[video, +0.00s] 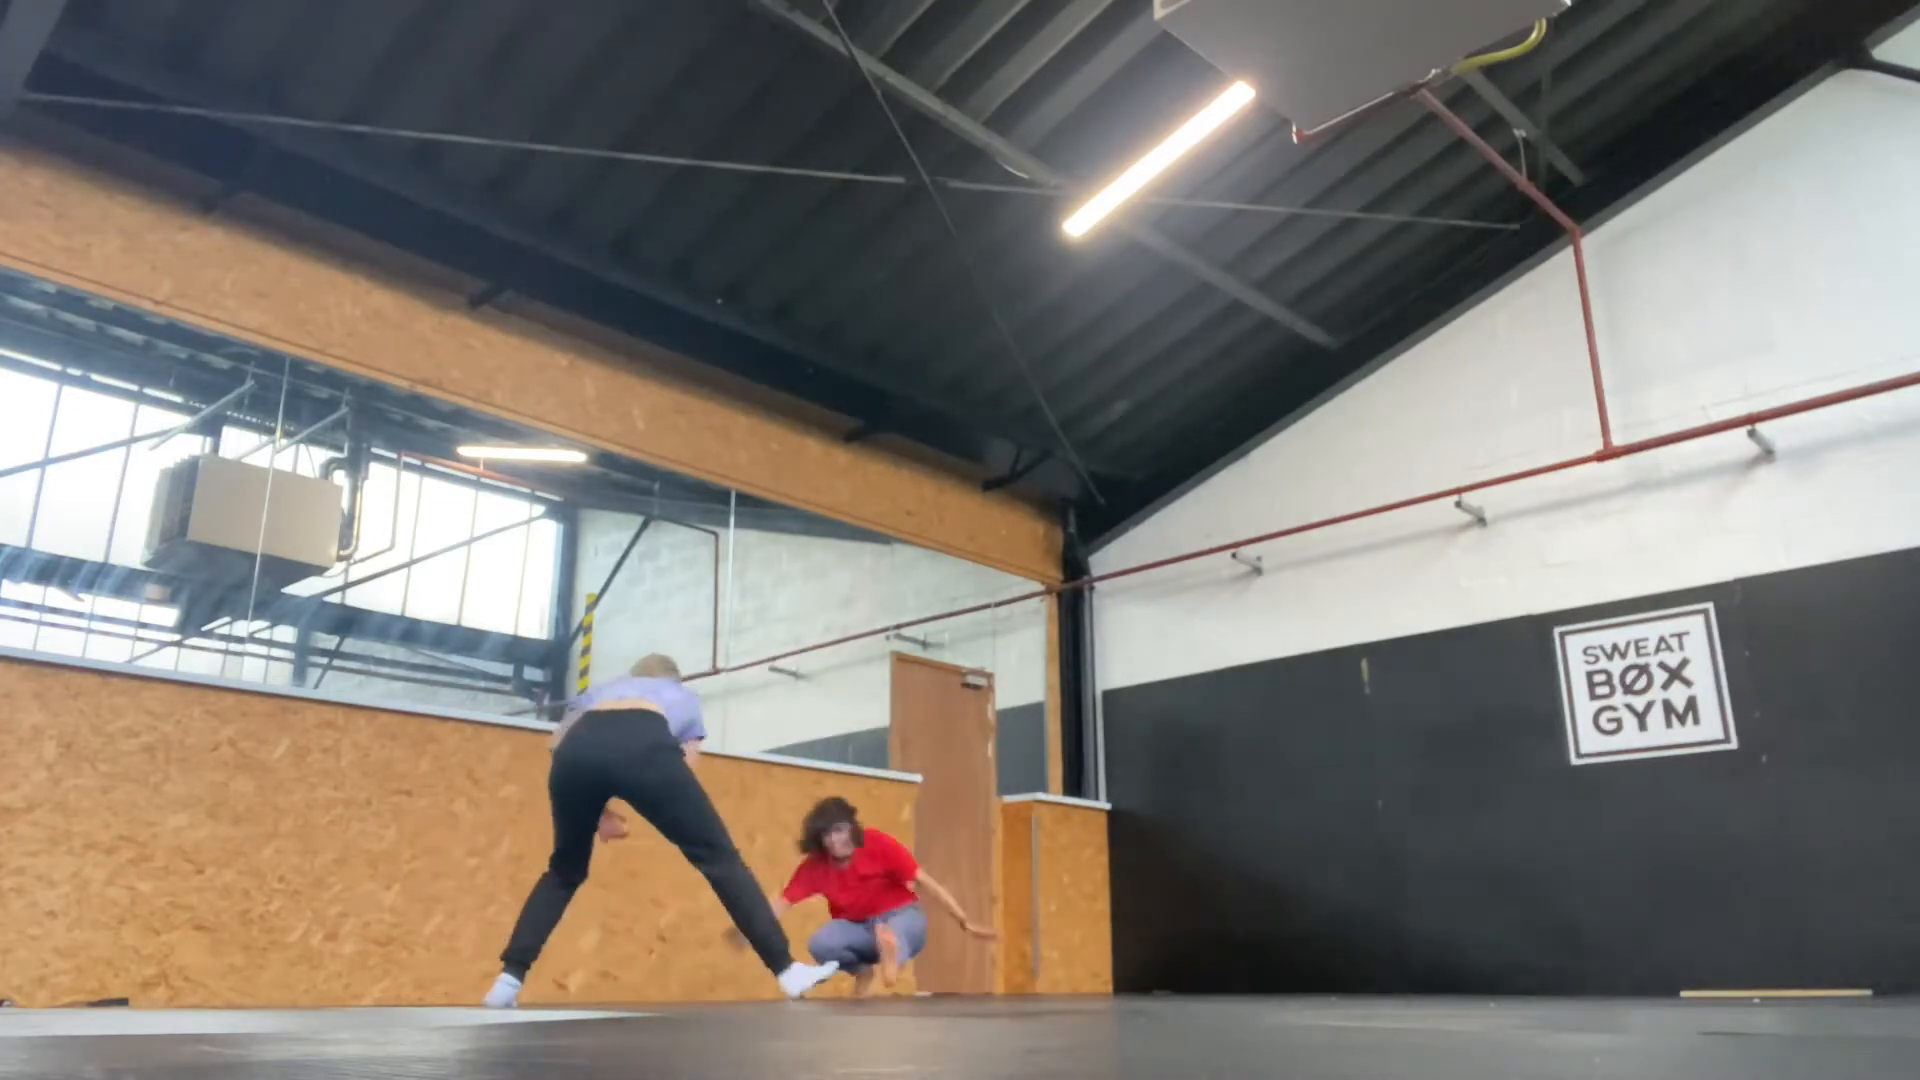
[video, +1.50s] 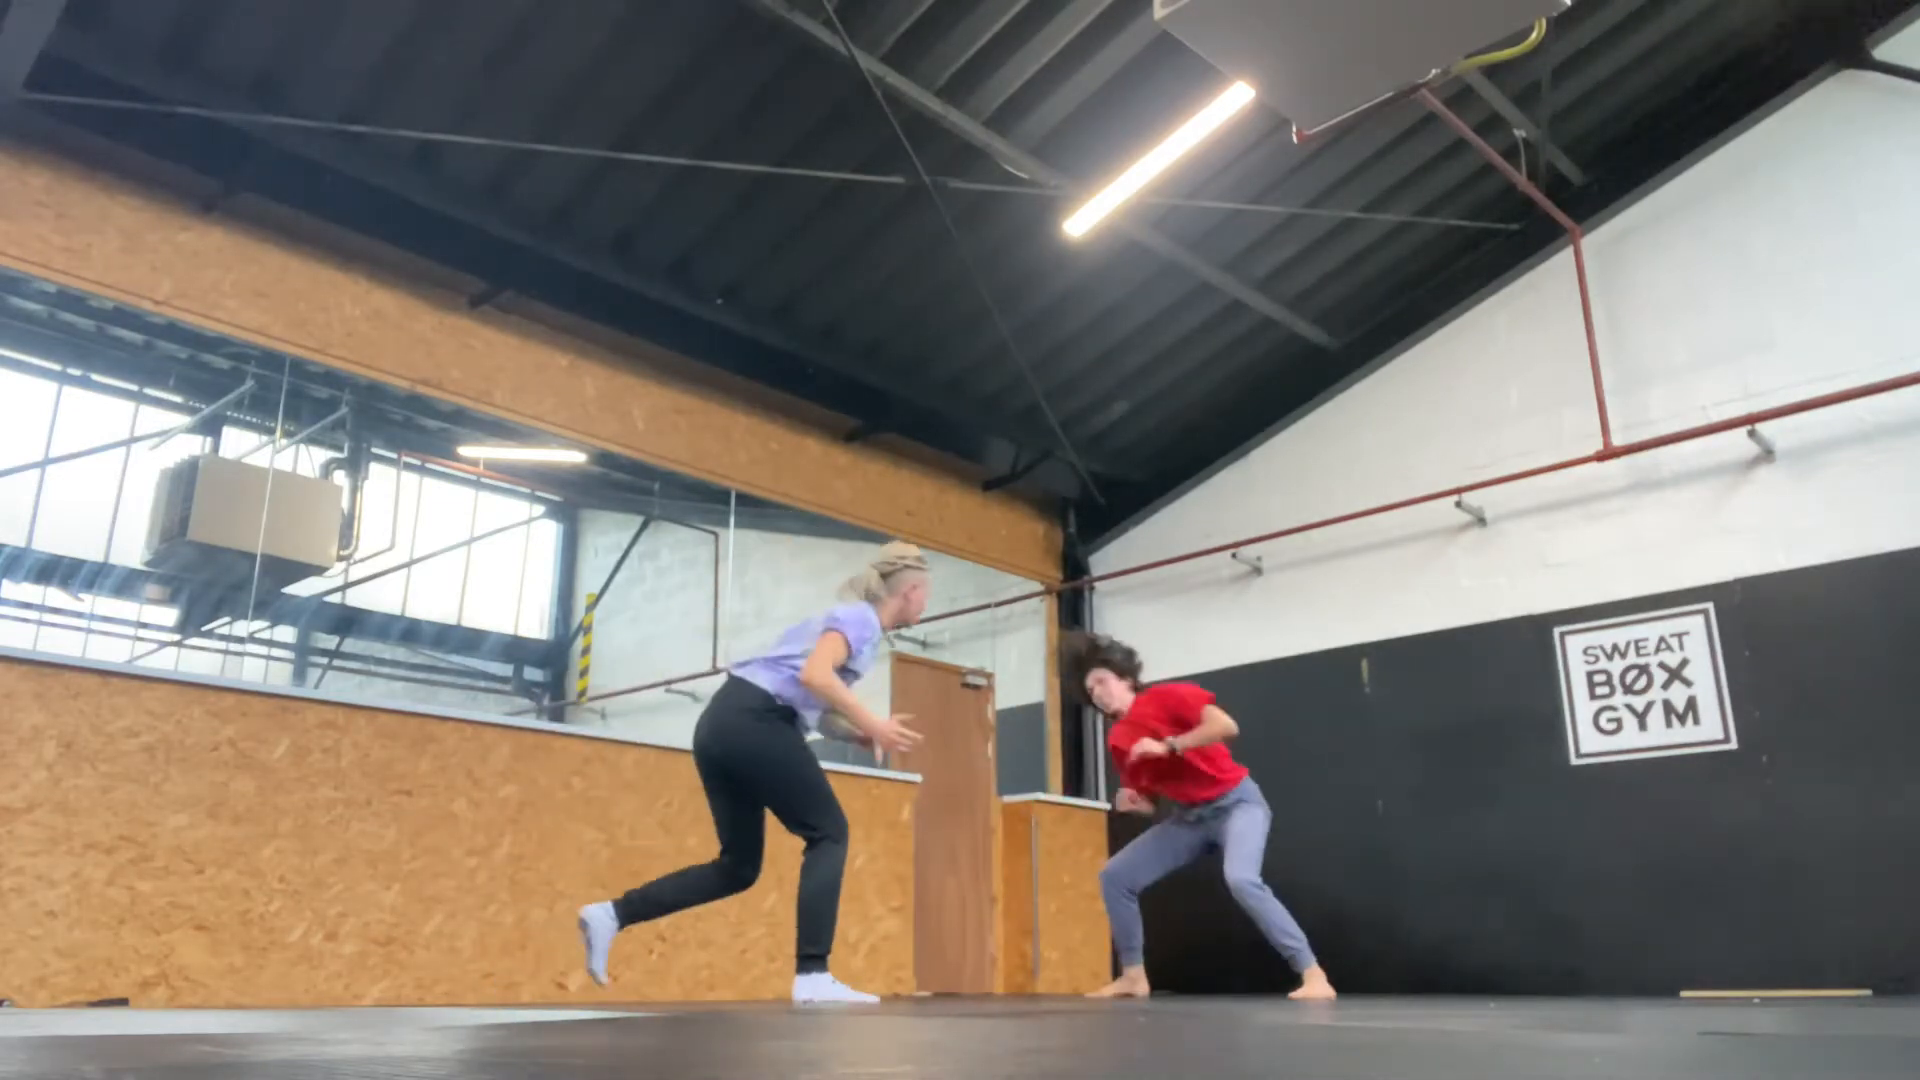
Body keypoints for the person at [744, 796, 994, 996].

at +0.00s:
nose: (836, 839)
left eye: (841, 831)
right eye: (828, 834)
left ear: (852, 830)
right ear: (819, 838)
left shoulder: (878, 846)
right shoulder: (814, 867)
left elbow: (924, 881)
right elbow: (780, 904)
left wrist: (964, 921)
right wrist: (749, 928)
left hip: (901, 916)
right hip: (856, 927)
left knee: (893, 936)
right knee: (820, 944)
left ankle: (892, 964)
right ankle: (862, 971)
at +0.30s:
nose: (1031, 850)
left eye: (1037, 846)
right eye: (1035, 839)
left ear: (1035, 845)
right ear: (1022, 821)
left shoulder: (1000, 874)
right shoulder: (984, 819)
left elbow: (992, 926)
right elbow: (1026, 832)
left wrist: (995, 985)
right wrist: (1079, 842)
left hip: (930, 910)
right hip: (897, 887)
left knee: (937, 906)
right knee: (840, 938)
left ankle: (909, 975)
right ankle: (860, 963)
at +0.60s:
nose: (1051, 904)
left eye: (1048, 913)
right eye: (1058, 909)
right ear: (1071, 897)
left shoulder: (1008, 887)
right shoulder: (1070, 864)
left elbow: (994, 929)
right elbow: (1096, 919)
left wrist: (995, 983)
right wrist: (1112, 974)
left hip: (944, 845)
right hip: (968, 813)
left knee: (991, 925)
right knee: (1046, 883)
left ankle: (921, 968)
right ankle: (1008, 924)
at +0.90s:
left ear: (1033, 907)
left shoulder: (1023, 869)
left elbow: (984, 916)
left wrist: (996, 958)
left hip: (1084, 790)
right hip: (1133, 797)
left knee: (1060, 892)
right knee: (1102, 895)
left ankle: (1088, 926)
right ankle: (1123, 965)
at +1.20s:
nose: (1010, 775)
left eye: (1007, 772)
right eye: (1004, 783)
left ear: (1021, 773)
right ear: (1015, 806)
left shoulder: (1047, 766)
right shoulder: (1065, 824)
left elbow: (1040, 713)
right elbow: (1106, 867)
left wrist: (1011, 758)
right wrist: (1084, 930)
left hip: (1167, 783)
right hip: (1153, 823)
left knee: (1210, 881)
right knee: (1110, 888)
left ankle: (1289, 952)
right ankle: (1125, 983)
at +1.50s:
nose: (1096, 694)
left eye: (1100, 682)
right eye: (1090, 690)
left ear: (1124, 676)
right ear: (1091, 699)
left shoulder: (1168, 697)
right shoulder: (1118, 739)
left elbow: (1225, 725)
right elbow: (1149, 802)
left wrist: (1169, 745)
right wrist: (1134, 803)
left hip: (1237, 804)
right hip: (1187, 819)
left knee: (1241, 879)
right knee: (1116, 877)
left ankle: (1314, 977)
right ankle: (1134, 977)